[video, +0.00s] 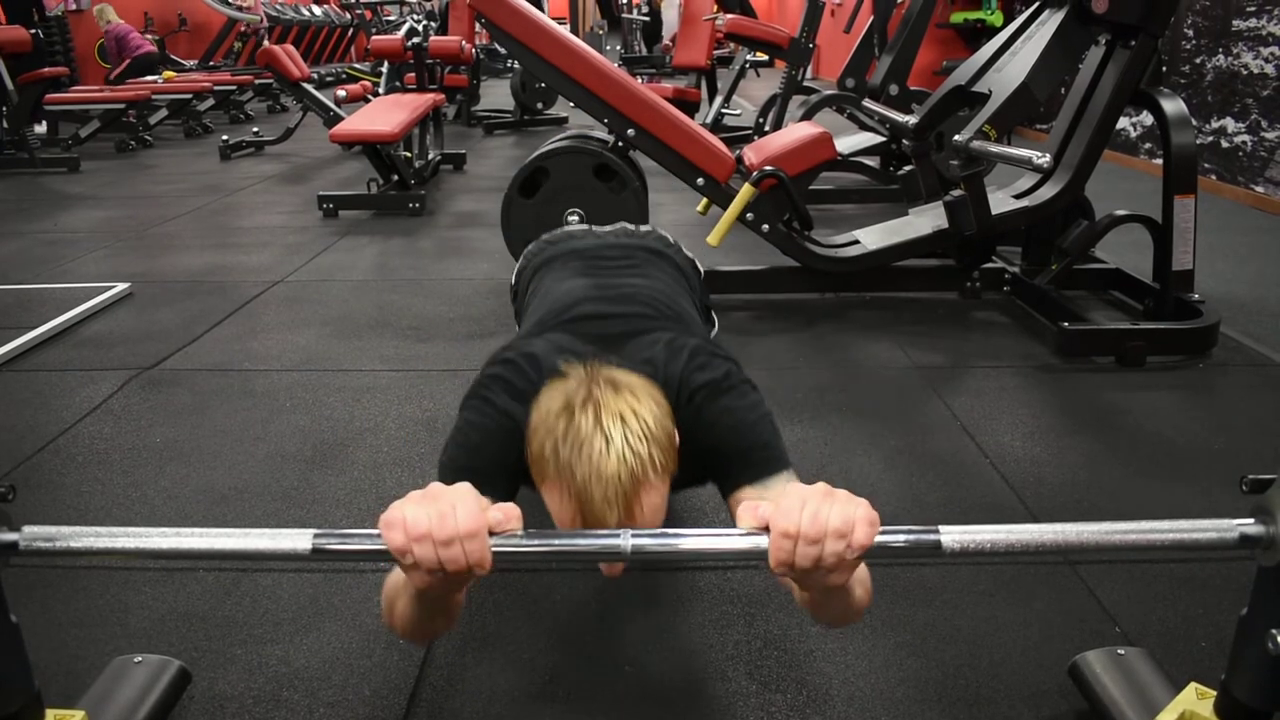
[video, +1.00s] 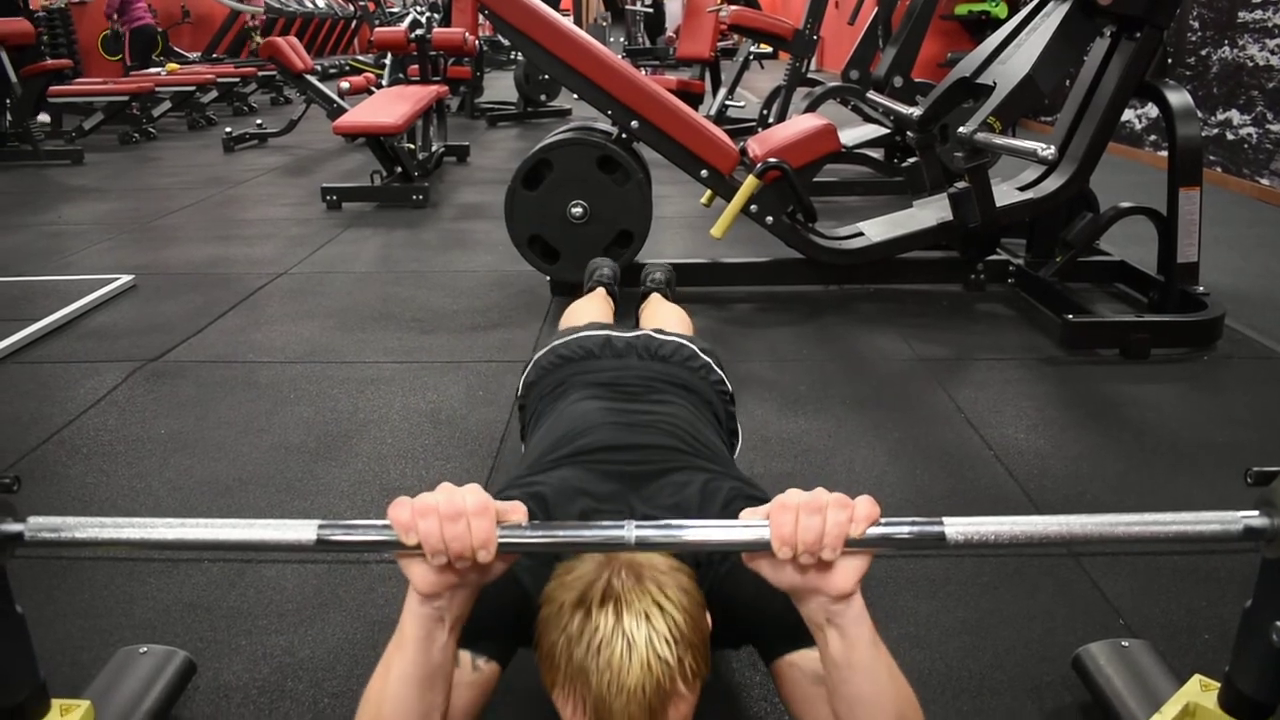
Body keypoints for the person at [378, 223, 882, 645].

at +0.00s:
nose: (612, 561)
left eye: (633, 530)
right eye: (586, 537)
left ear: (668, 464)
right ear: (536, 479)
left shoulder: (715, 395)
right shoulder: (497, 408)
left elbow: (841, 611)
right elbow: (412, 627)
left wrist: (823, 564)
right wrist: (436, 571)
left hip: (660, 250)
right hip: (549, 253)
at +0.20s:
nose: (618, 612)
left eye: (643, 585)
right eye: (592, 586)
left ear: (682, 513)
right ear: (536, 520)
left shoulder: (727, 438)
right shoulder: (503, 441)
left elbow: (857, 644)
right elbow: (402, 664)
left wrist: (829, 592)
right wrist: (434, 595)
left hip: (669, 275)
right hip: (553, 275)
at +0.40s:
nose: (622, 649)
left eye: (648, 618)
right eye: (594, 621)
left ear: (687, 544)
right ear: (545, 552)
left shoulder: (729, 463)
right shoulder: (508, 469)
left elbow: (871, 687)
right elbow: (398, 701)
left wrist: (831, 600)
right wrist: (432, 602)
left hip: (674, 296)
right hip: (556, 298)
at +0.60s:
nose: (624, 693)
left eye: (649, 666)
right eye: (597, 667)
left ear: (690, 580)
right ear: (546, 594)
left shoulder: (740, 503)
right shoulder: (507, 516)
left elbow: (870, 707)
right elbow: (405, 705)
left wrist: (834, 608)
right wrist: (428, 606)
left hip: (680, 332)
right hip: (559, 327)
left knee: (663, 299)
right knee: (579, 297)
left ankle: (653, 285)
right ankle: (594, 280)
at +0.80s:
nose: (625, 717)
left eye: (658, 701)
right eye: (596, 706)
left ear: (689, 613)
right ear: (551, 623)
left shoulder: (742, 525)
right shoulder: (507, 532)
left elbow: (860, 709)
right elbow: (415, 707)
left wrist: (836, 611)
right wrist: (429, 609)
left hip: (681, 355)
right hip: (563, 352)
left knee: (662, 306)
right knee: (584, 303)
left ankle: (648, 284)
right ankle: (600, 280)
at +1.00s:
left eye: (665, 717)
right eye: (598, 719)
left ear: (697, 660)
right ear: (555, 681)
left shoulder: (752, 557)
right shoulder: (504, 554)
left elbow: (850, 711)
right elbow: (422, 710)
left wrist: (839, 612)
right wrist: (431, 605)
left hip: (687, 375)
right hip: (566, 373)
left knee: (666, 318)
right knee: (583, 315)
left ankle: (649, 291)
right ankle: (600, 279)